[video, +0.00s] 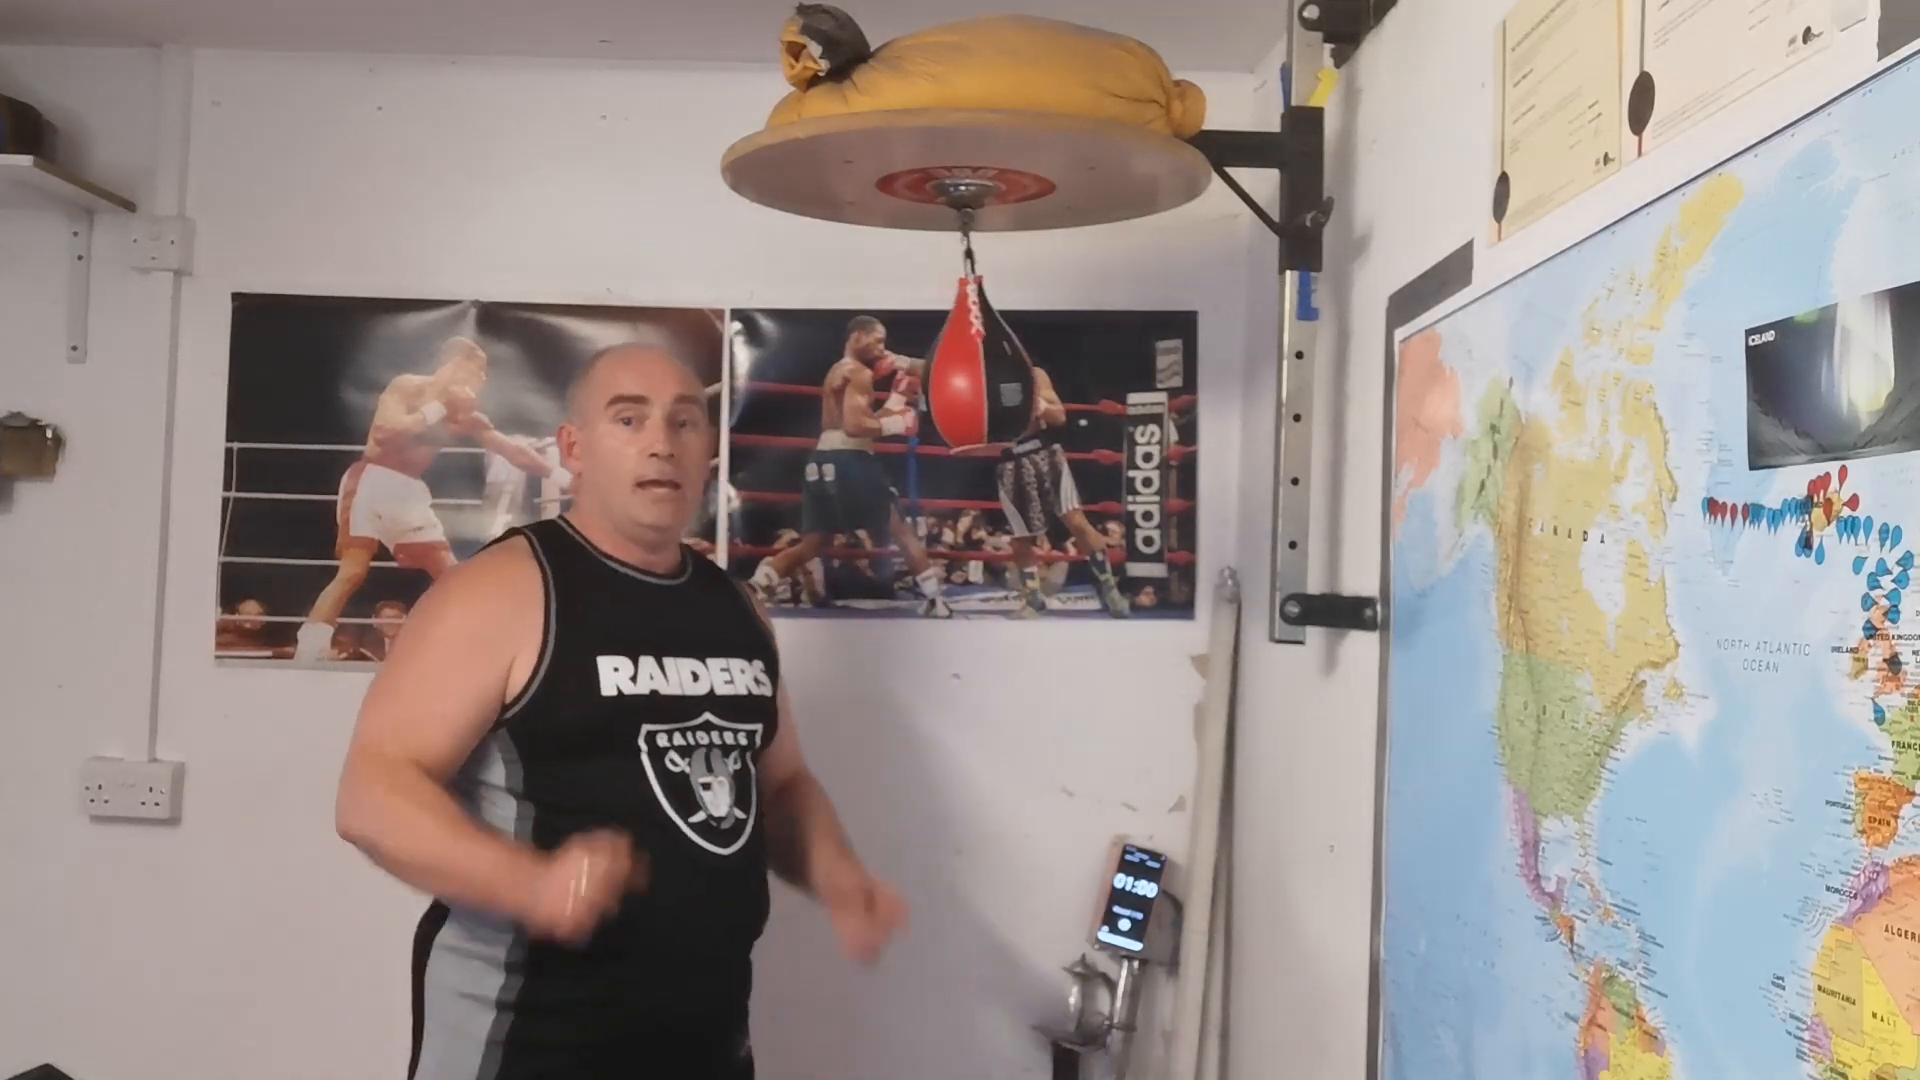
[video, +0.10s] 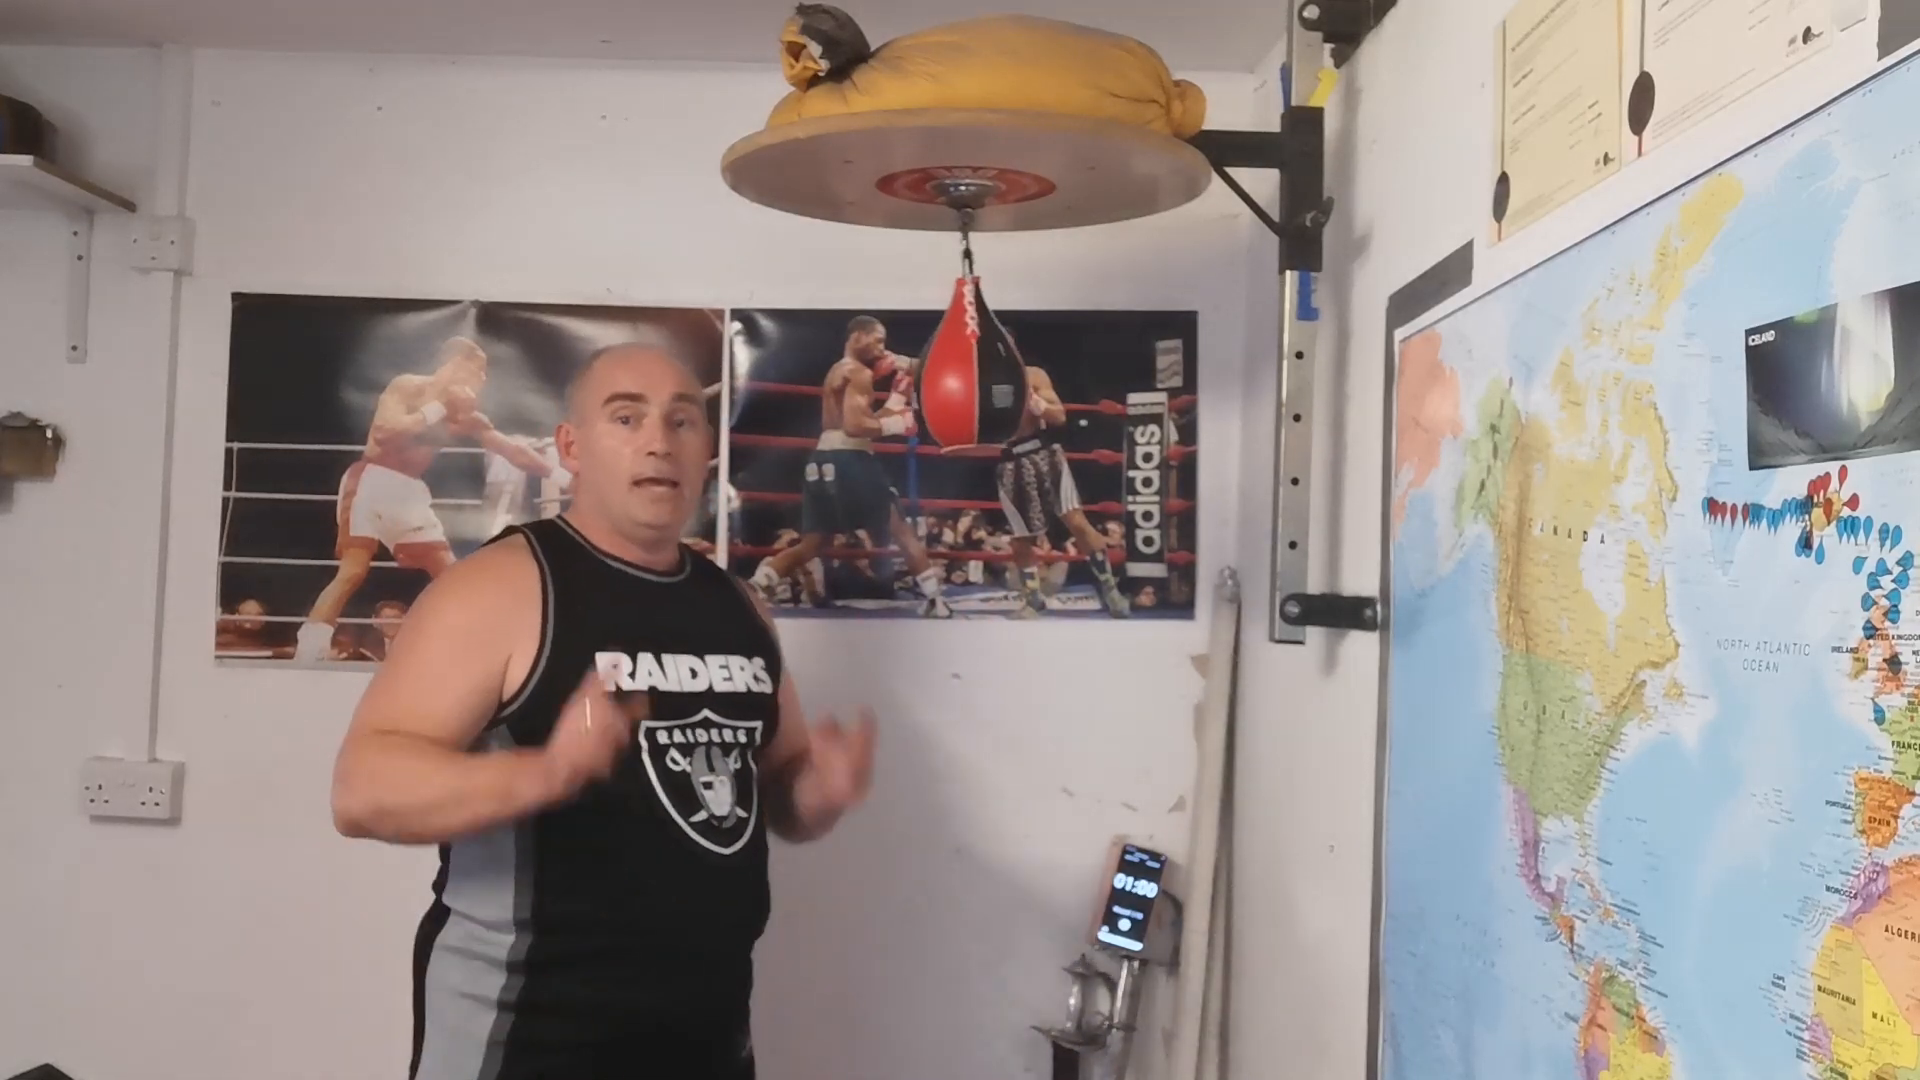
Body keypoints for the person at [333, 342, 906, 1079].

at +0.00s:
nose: (661, 444)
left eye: (684, 421)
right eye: (629, 418)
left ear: (710, 451)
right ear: (572, 449)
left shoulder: (728, 608)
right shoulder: (500, 591)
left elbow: (779, 786)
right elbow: (374, 793)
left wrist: (831, 868)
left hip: (700, 1029)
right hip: (527, 1034)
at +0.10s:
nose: (659, 442)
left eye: (682, 420)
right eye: (626, 417)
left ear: (707, 452)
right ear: (570, 449)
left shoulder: (728, 602)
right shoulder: (497, 587)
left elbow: (777, 789)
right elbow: (366, 787)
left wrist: (815, 794)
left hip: (700, 1015)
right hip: (526, 1019)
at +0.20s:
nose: (660, 442)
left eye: (683, 419)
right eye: (626, 417)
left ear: (708, 451)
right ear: (571, 447)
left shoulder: (736, 605)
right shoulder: (498, 584)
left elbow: (802, 807)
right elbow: (362, 785)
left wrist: (823, 744)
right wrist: (536, 732)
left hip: (700, 1019)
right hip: (524, 1020)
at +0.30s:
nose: (660, 441)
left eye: (683, 420)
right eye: (626, 416)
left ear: (708, 453)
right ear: (570, 447)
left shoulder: (738, 604)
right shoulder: (496, 585)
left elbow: (805, 812)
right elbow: (367, 787)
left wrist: (827, 768)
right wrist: (536, 757)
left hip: (700, 1016)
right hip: (524, 1019)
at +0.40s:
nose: (662, 440)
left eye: (686, 420)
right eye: (628, 416)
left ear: (710, 453)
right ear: (572, 447)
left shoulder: (741, 609)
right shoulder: (494, 588)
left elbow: (804, 762)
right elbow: (372, 788)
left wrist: (824, 803)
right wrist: (513, 826)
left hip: (699, 1016)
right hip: (523, 1020)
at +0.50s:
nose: (668, 443)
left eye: (691, 421)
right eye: (634, 417)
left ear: (715, 453)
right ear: (577, 444)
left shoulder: (744, 606)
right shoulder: (495, 590)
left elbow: (813, 765)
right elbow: (369, 789)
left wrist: (824, 814)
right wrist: (506, 843)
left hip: (699, 1018)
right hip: (522, 1022)